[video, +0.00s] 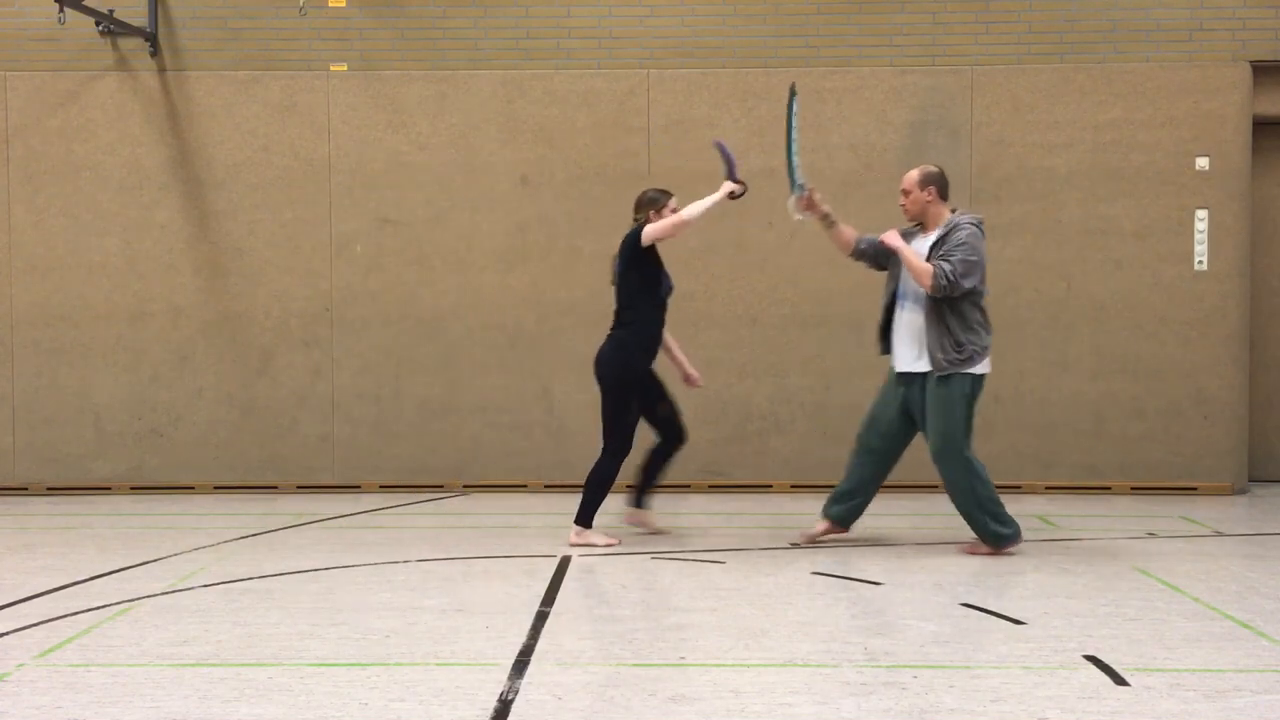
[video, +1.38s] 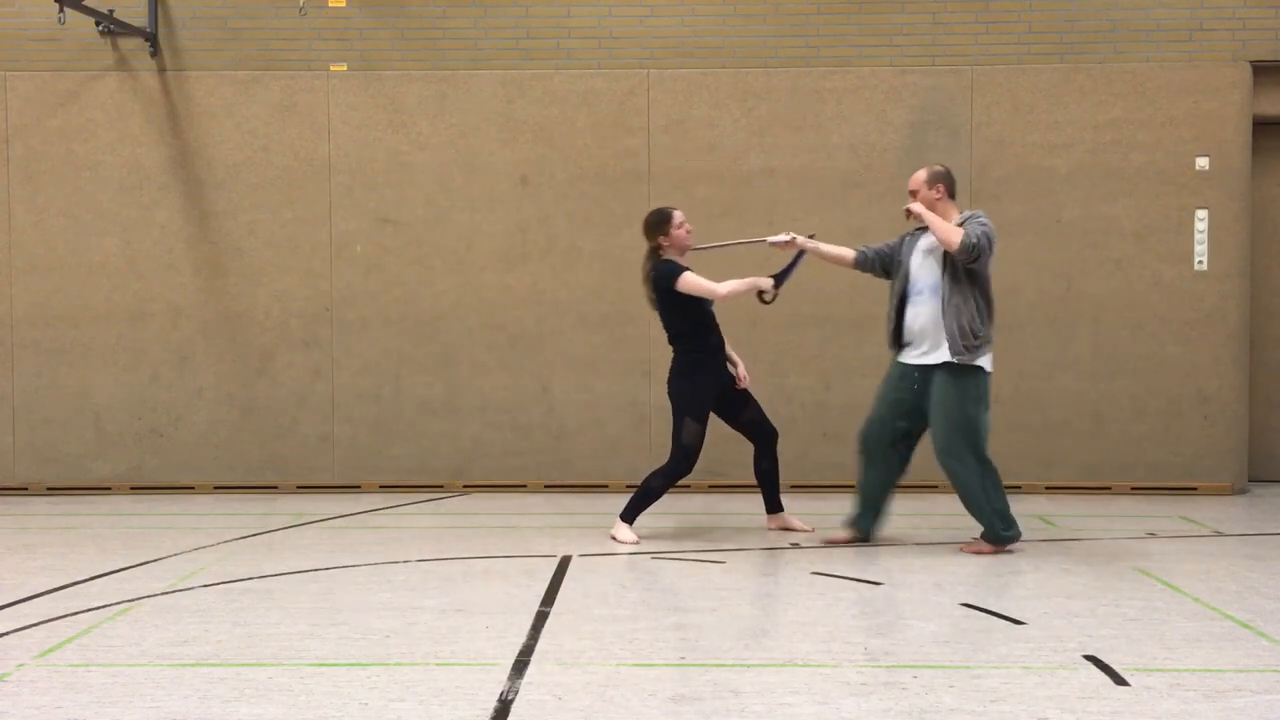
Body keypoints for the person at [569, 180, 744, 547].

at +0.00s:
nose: (677, 217)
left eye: (676, 211)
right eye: (671, 211)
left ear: (653, 215)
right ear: (652, 214)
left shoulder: (647, 254)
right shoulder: (636, 241)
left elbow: (652, 322)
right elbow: (682, 219)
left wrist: (683, 365)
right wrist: (721, 193)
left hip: (634, 364)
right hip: (620, 363)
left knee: (673, 434)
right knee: (616, 449)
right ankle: (581, 529)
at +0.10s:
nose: (698, 223)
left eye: (698, 217)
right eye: (693, 217)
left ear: (675, 221)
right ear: (673, 218)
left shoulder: (674, 263)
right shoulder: (650, 248)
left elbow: (680, 325)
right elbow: (698, 216)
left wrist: (715, 367)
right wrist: (742, 200)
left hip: (668, 366)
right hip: (641, 364)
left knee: (711, 435)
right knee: (623, 447)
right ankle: (581, 526)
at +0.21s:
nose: (721, 229)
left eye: (720, 225)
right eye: (716, 225)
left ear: (702, 229)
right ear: (699, 228)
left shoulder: (704, 278)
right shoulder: (673, 259)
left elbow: (708, 336)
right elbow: (721, 231)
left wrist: (743, 371)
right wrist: (768, 221)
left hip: (701, 375)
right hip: (667, 373)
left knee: (751, 439)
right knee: (636, 451)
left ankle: (768, 515)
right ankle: (587, 524)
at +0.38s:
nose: (766, 242)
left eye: (765, 236)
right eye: (760, 237)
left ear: (744, 243)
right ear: (740, 242)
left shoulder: (744, 287)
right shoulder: (722, 269)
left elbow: (741, 342)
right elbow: (782, 264)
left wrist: (765, 380)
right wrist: (823, 273)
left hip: (735, 384)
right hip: (704, 381)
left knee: (792, 439)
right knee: (664, 453)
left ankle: (779, 515)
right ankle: (608, 522)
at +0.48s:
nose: (786, 246)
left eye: (785, 239)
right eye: (780, 240)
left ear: (764, 247)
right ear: (761, 246)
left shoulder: (757, 287)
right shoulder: (746, 271)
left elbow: (747, 345)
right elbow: (805, 281)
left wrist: (770, 384)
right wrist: (847, 302)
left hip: (742, 384)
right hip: (714, 377)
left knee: (798, 440)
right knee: (676, 448)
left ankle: (778, 515)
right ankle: (616, 521)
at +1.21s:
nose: (732, 231)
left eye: (730, 226)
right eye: (725, 227)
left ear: (710, 235)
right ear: (706, 235)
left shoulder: (716, 271)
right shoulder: (702, 266)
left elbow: (724, 333)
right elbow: (759, 277)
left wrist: (750, 374)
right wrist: (797, 277)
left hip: (726, 378)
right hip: (700, 378)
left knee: (780, 435)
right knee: (684, 461)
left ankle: (777, 515)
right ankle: (623, 522)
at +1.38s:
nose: (689, 229)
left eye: (686, 224)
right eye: (681, 226)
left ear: (669, 237)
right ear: (663, 238)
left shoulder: (679, 269)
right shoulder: (665, 271)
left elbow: (701, 326)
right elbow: (717, 290)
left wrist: (734, 359)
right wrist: (757, 282)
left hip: (717, 375)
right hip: (691, 377)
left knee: (766, 435)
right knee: (682, 461)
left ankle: (776, 515)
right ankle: (623, 522)